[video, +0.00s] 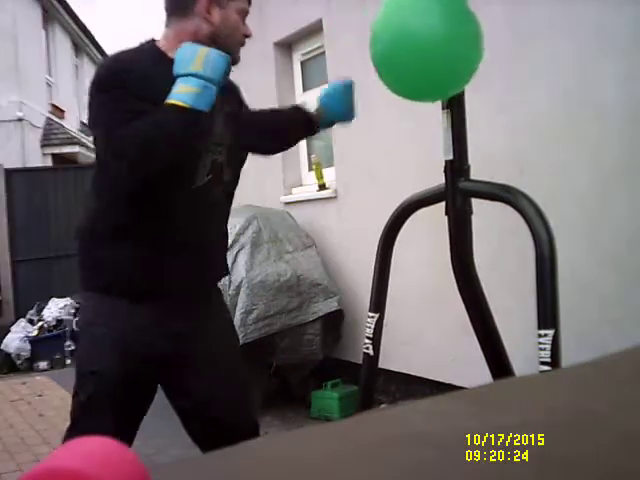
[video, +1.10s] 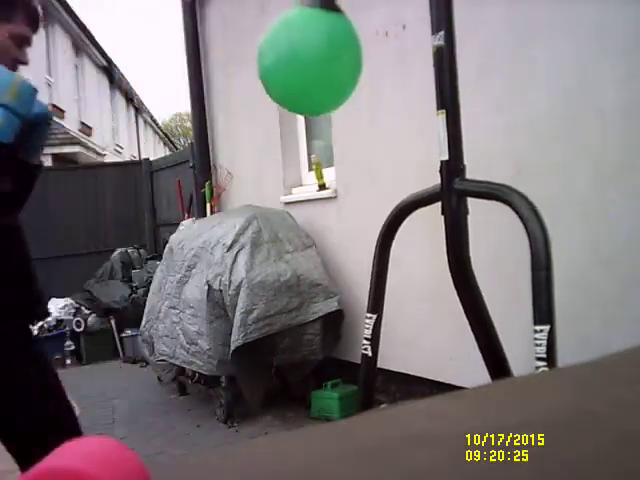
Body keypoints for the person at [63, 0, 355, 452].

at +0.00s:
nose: (249, 31)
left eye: (248, 17)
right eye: (243, 14)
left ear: (207, 13)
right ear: (207, 10)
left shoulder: (222, 92)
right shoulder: (123, 73)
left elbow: (255, 132)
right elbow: (129, 162)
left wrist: (316, 113)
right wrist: (190, 88)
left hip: (195, 300)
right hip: (123, 302)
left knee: (238, 447)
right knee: (92, 454)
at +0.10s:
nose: (239, 36)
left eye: (240, 23)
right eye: (235, 20)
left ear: (200, 17)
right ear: (200, 14)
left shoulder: (190, 87)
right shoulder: (122, 76)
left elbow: (183, 180)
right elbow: (157, 164)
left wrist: (244, 176)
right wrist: (207, 92)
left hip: (193, 303)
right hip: (130, 304)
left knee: (239, 444)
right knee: (104, 453)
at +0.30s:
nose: (197, 52)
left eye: (200, 41)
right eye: (194, 38)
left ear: (159, 32)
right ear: (160, 30)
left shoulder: (142, 102)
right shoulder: (100, 87)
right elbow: (155, 169)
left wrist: (192, 156)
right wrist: (196, 102)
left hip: (162, 317)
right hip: (104, 324)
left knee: (221, 444)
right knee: (105, 466)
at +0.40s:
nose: (168, 63)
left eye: (169, 51)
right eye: (163, 48)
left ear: (127, 44)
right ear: (128, 40)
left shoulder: (112, 113)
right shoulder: (65, 100)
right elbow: (125, 180)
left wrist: (166, 146)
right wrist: (161, 124)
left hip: (137, 333)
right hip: (76, 341)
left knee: (209, 450)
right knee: (81, 472)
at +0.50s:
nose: (139, 68)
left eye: (138, 55)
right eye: (133, 52)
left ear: (96, 49)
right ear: (97, 45)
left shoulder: (79, 121)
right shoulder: (28, 108)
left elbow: (90, 205)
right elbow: (78, 201)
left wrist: (132, 175)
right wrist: (123, 134)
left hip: (106, 333)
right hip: (54, 341)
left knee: (180, 450)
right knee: (64, 468)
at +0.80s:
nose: (84, 25)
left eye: (84, 12)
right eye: (77, 10)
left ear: (39, 10)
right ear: (36, 6)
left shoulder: (49, 77)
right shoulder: (1, 74)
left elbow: (66, 179)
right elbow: (14, 177)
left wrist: (92, 126)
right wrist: (51, 100)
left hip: (77, 284)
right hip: (18, 291)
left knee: (115, 427)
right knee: (24, 451)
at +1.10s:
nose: (23, 56)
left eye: (27, 44)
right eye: (17, 41)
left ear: (26, 40)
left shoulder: (15, 102)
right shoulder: (7, 98)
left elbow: (9, 204)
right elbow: (5, 205)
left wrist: (26, 147)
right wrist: (13, 130)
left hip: (7, 309)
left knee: (58, 452)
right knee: (56, 450)